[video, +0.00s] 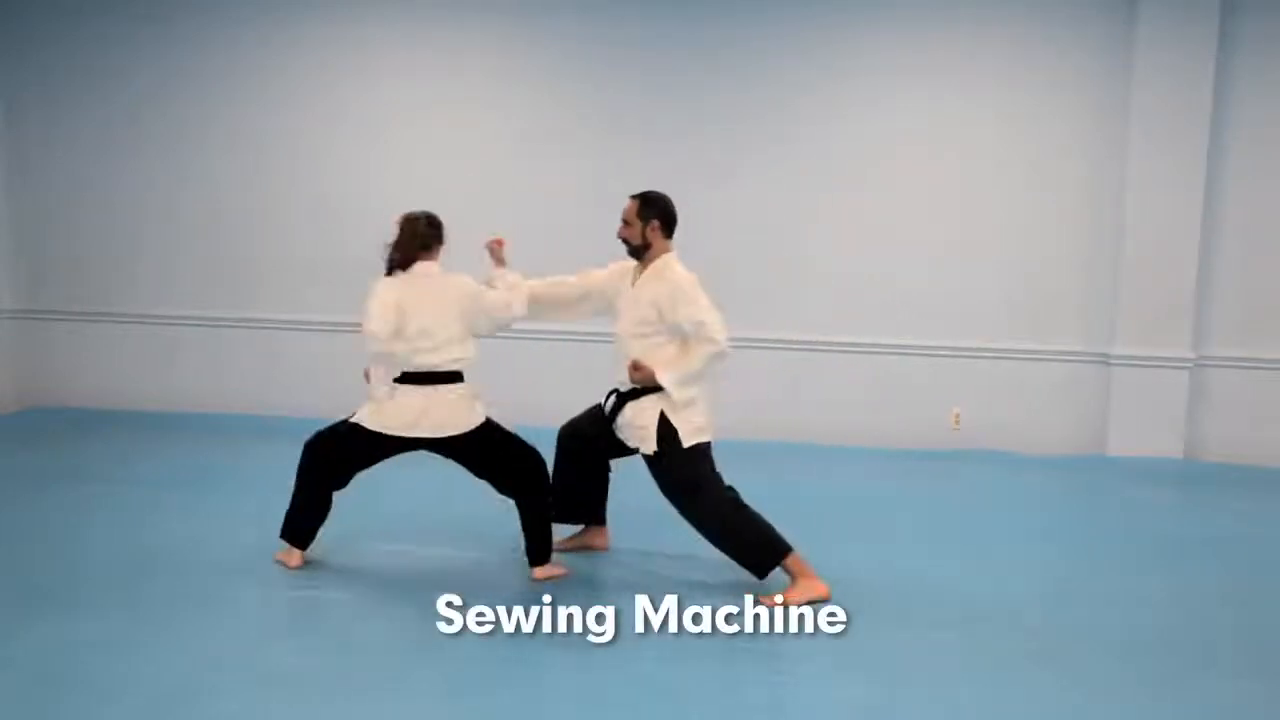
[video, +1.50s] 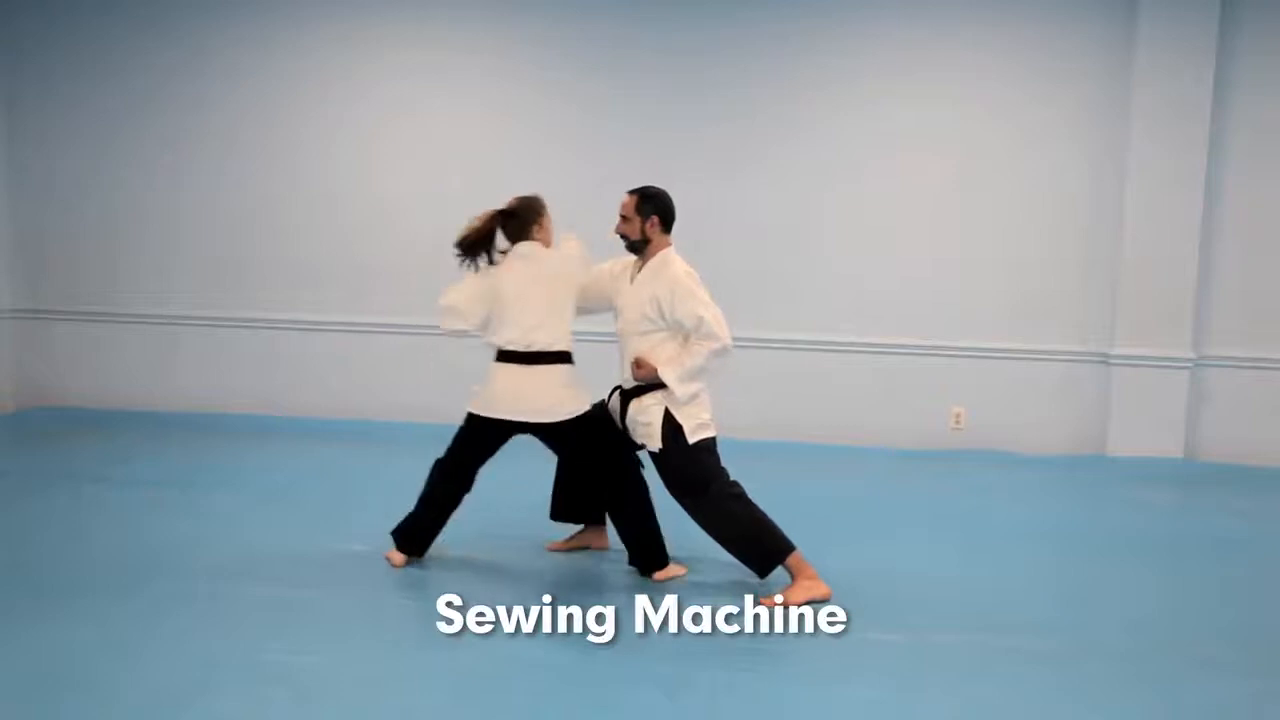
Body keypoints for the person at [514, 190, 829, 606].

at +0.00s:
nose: (619, 230)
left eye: (627, 224)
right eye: (621, 222)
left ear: (653, 229)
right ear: (649, 229)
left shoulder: (674, 280)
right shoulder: (626, 275)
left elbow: (714, 340)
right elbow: (570, 290)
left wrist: (663, 374)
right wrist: (507, 280)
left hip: (672, 411)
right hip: (636, 405)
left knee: (706, 500)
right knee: (578, 438)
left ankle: (805, 578)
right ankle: (592, 530)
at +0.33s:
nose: (620, 228)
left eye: (628, 221)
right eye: (621, 220)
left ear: (655, 227)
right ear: (646, 225)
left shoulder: (675, 279)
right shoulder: (622, 274)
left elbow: (713, 340)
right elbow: (555, 287)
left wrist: (661, 373)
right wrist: (484, 270)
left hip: (671, 412)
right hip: (632, 405)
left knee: (708, 499)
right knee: (573, 439)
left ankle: (806, 579)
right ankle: (591, 530)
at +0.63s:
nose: (619, 229)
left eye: (626, 221)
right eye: (620, 220)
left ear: (654, 228)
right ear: (647, 227)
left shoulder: (674, 279)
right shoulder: (624, 273)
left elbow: (712, 341)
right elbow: (572, 287)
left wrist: (659, 372)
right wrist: (515, 283)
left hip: (670, 412)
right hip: (632, 405)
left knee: (709, 500)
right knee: (576, 437)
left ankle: (805, 578)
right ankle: (592, 530)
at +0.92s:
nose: (615, 225)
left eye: (623, 218)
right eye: (617, 217)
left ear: (649, 226)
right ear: (647, 225)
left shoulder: (670, 277)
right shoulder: (623, 271)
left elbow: (711, 340)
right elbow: (568, 291)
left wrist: (659, 373)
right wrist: (511, 269)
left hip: (669, 409)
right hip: (632, 403)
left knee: (708, 498)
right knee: (573, 437)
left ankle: (805, 577)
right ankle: (589, 527)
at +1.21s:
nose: (618, 227)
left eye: (626, 220)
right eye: (620, 219)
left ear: (653, 226)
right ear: (649, 226)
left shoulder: (673, 278)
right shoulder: (625, 274)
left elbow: (712, 341)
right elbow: (564, 287)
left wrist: (661, 373)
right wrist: (501, 284)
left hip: (673, 413)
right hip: (634, 406)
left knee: (710, 499)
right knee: (579, 439)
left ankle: (805, 578)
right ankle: (592, 535)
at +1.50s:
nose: (617, 225)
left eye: (625, 218)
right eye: (618, 217)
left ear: (652, 224)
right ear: (647, 224)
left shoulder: (675, 275)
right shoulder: (622, 271)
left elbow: (715, 337)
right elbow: (571, 293)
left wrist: (664, 370)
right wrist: (522, 275)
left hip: (674, 407)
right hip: (634, 400)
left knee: (714, 494)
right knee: (587, 437)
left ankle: (807, 578)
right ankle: (593, 529)